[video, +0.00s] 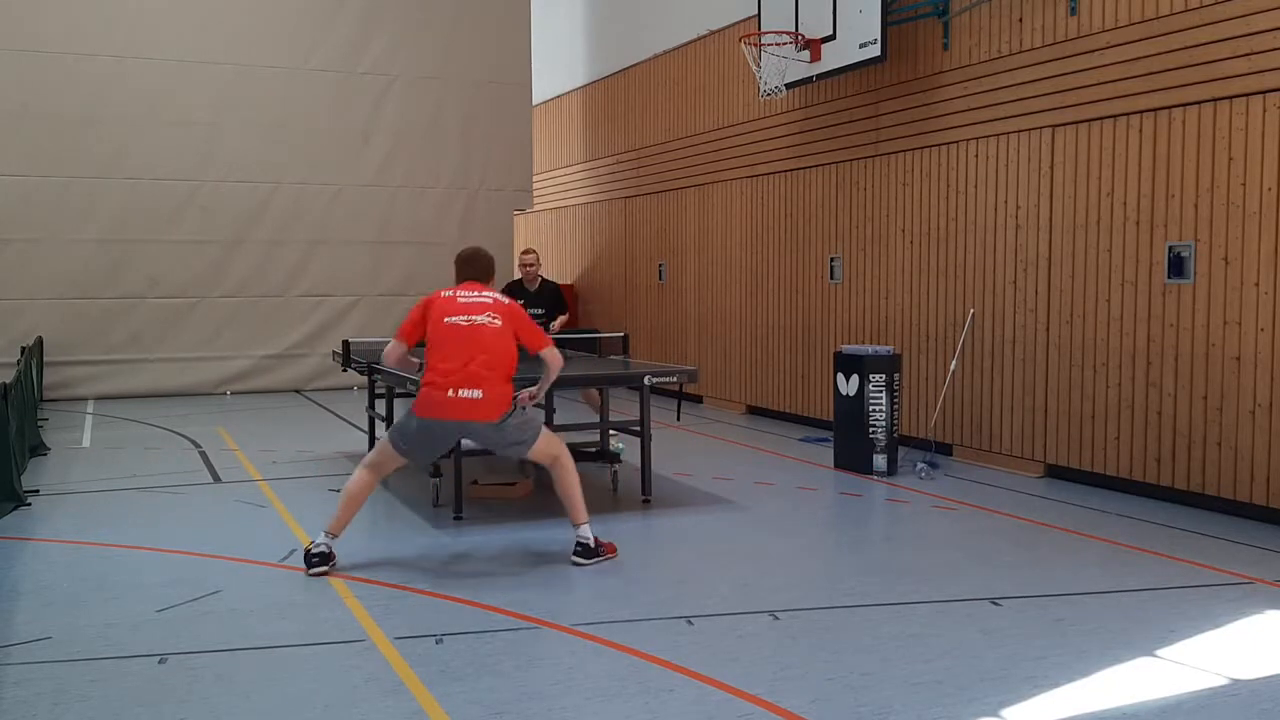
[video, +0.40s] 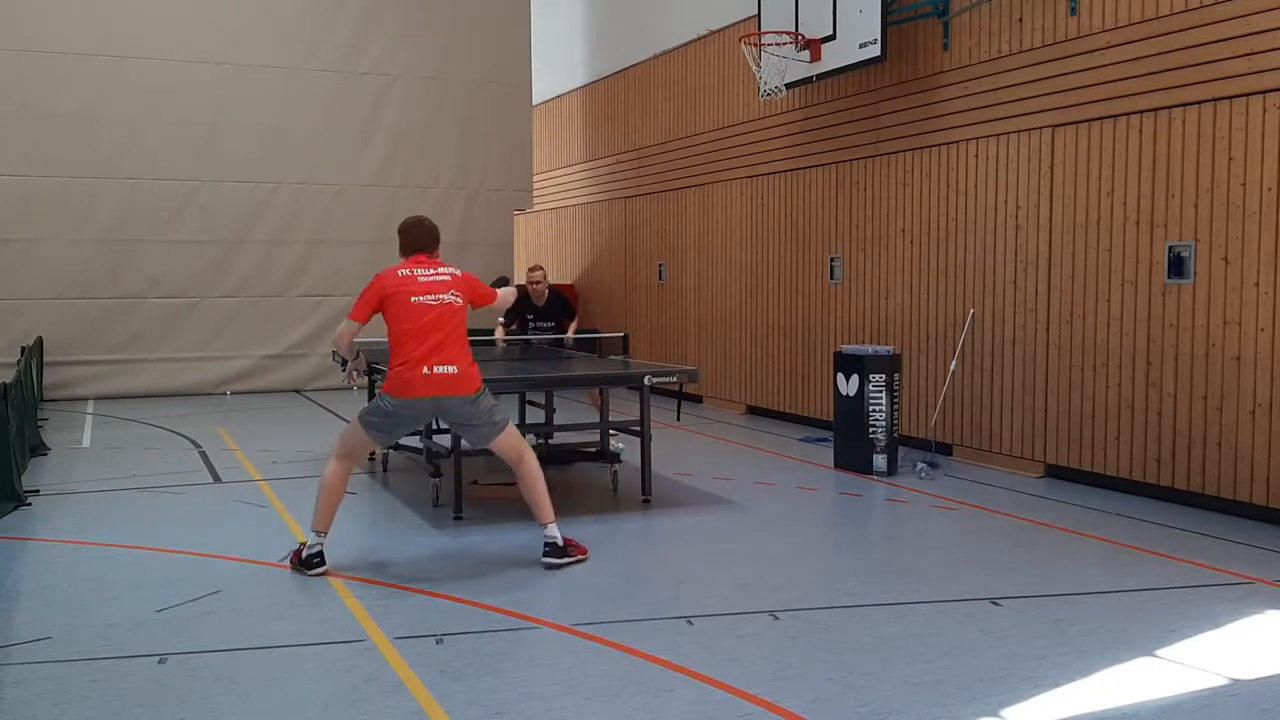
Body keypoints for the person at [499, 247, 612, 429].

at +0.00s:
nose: (527, 269)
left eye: (531, 265)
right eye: (523, 266)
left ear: (539, 266)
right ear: (519, 267)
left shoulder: (551, 288)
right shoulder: (510, 289)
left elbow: (565, 314)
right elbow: (499, 313)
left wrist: (559, 322)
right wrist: (515, 325)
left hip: (548, 344)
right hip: (520, 345)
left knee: (581, 375)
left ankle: (607, 423)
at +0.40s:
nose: (535, 287)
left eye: (538, 283)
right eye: (531, 283)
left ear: (546, 283)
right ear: (526, 284)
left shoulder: (557, 297)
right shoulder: (521, 301)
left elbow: (574, 318)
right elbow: (502, 326)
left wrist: (570, 335)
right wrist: (500, 343)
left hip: (558, 353)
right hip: (529, 354)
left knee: (588, 379)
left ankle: (606, 421)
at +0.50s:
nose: (540, 293)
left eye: (543, 289)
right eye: (536, 289)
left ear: (551, 287)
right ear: (530, 288)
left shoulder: (560, 300)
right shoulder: (524, 305)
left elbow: (575, 320)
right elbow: (501, 328)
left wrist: (574, 334)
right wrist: (512, 340)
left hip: (561, 355)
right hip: (531, 355)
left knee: (591, 382)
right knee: (496, 379)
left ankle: (607, 427)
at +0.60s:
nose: (545, 287)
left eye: (549, 282)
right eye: (541, 283)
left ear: (556, 281)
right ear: (535, 282)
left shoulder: (565, 296)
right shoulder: (527, 298)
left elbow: (573, 319)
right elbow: (514, 318)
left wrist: (575, 334)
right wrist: (527, 325)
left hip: (562, 349)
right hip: (532, 349)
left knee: (590, 377)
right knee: (502, 373)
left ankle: (606, 424)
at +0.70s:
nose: (547, 274)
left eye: (551, 270)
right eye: (543, 271)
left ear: (557, 271)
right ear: (537, 271)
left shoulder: (566, 291)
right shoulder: (527, 290)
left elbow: (571, 315)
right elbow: (512, 307)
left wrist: (574, 326)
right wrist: (513, 310)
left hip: (561, 349)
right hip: (532, 349)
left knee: (589, 380)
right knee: (501, 369)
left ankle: (606, 428)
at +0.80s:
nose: (546, 269)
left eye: (550, 265)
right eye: (543, 266)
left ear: (557, 266)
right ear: (536, 267)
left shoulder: (566, 290)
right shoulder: (527, 287)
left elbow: (570, 315)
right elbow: (507, 303)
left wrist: (572, 325)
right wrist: (511, 309)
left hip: (560, 350)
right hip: (531, 350)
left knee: (588, 378)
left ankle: (607, 427)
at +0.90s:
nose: (543, 270)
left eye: (547, 267)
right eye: (539, 267)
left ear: (553, 268)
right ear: (533, 269)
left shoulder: (564, 291)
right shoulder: (524, 289)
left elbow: (569, 315)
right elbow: (503, 306)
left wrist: (570, 326)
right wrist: (508, 313)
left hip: (558, 350)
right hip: (529, 350)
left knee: (588, 380)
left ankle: (607, 427)